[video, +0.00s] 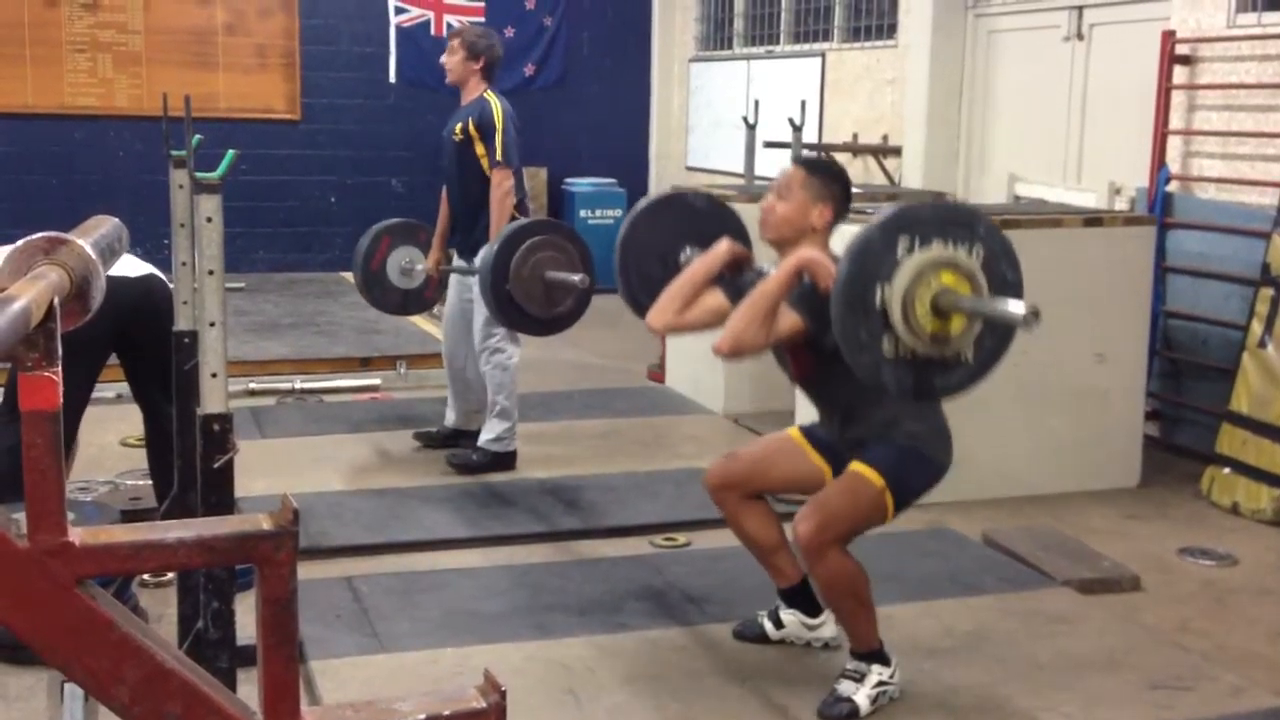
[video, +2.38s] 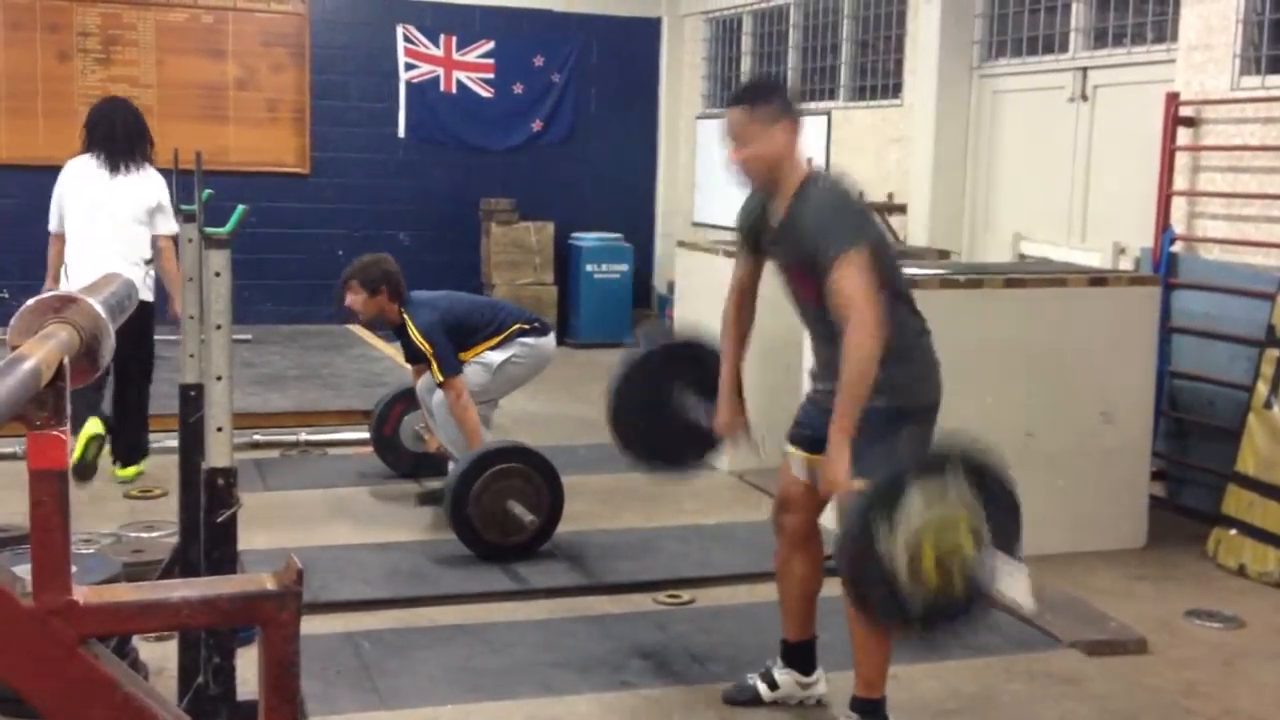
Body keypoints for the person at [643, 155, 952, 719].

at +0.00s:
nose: (766, 204)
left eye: (782, 195)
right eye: (771, 193)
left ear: (819, 214)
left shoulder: (828, 284)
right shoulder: (772, 283)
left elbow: (732, 344)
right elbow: (662, 318)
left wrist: (792, 263)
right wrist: (719, 255)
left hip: (907, 437)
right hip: (843, 431)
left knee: (813, 532)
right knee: (726, 480)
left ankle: (873, 663)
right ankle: (807, 614)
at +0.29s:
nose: (774, 125)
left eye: (788, 116)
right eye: (777, 115)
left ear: (829, 135)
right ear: (798, 135)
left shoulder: (835, 197)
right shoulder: (779, 202)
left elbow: (735, 246)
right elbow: (662, 233)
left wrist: (794, 179)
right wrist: (733, 169)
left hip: (892, 386)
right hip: (835, 381)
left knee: (822, 524)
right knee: (740, 477)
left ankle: (879, 672)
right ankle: (811, 621)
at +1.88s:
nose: (801, 88)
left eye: (816, 75)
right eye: (805, 75)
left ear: (859, 85)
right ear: (847, 88)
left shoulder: (864, 158)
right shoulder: (811, 164)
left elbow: (785, 239)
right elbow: (702, 225)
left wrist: (823, 147)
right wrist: (737, 153)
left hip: (856, 379)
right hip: (808, 375)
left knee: (853, 541)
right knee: (806, 522)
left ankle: (870, 707)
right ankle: (810, 667)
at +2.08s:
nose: (778, 112)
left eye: (786, 96)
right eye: (776, 98)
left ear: (831, 92)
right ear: (817, 97)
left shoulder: (876, 168)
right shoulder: (796, 181)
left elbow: (892, 277)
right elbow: (801, 277)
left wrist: (852, 243)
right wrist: (743, 238)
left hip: (869, 386)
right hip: (809, 382)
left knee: (851, 544)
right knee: (792, 520)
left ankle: (869, 708)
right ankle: (809, 668)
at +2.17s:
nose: (772, 129)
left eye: (778, 113)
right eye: (768, 115)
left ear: (824, 103)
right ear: (803, 109)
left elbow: (947, 232)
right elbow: (825, 249)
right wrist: (758, 244)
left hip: (879, 390)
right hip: (818, 382)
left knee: (852, 545)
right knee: (782, 514)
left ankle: (870, 708)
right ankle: (802, 667)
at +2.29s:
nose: (758, 142)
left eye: (767, 127)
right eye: (754, 128)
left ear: (811, 116)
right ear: (781, 125)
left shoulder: (852, 170)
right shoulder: (784, 184)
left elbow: (905, 266)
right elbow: (762, 252)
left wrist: (845, 362)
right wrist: (731, 319)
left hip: (883, 372)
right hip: (829, 368)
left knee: (856, 544)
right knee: (793, 511)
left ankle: (869, 709)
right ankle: (797, 669)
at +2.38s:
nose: (735, 157)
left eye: (745, 142)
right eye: (731, 143)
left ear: (787, 135)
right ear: (745, 143)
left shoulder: (829, 208)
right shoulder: (761, 211)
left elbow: (867, 325)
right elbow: (741, 298)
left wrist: (839, 441)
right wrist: (730, 389)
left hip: (894, 394)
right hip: (833, 384)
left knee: (863, 546)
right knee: (793, 513)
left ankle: (869, 707)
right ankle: (798, 670)